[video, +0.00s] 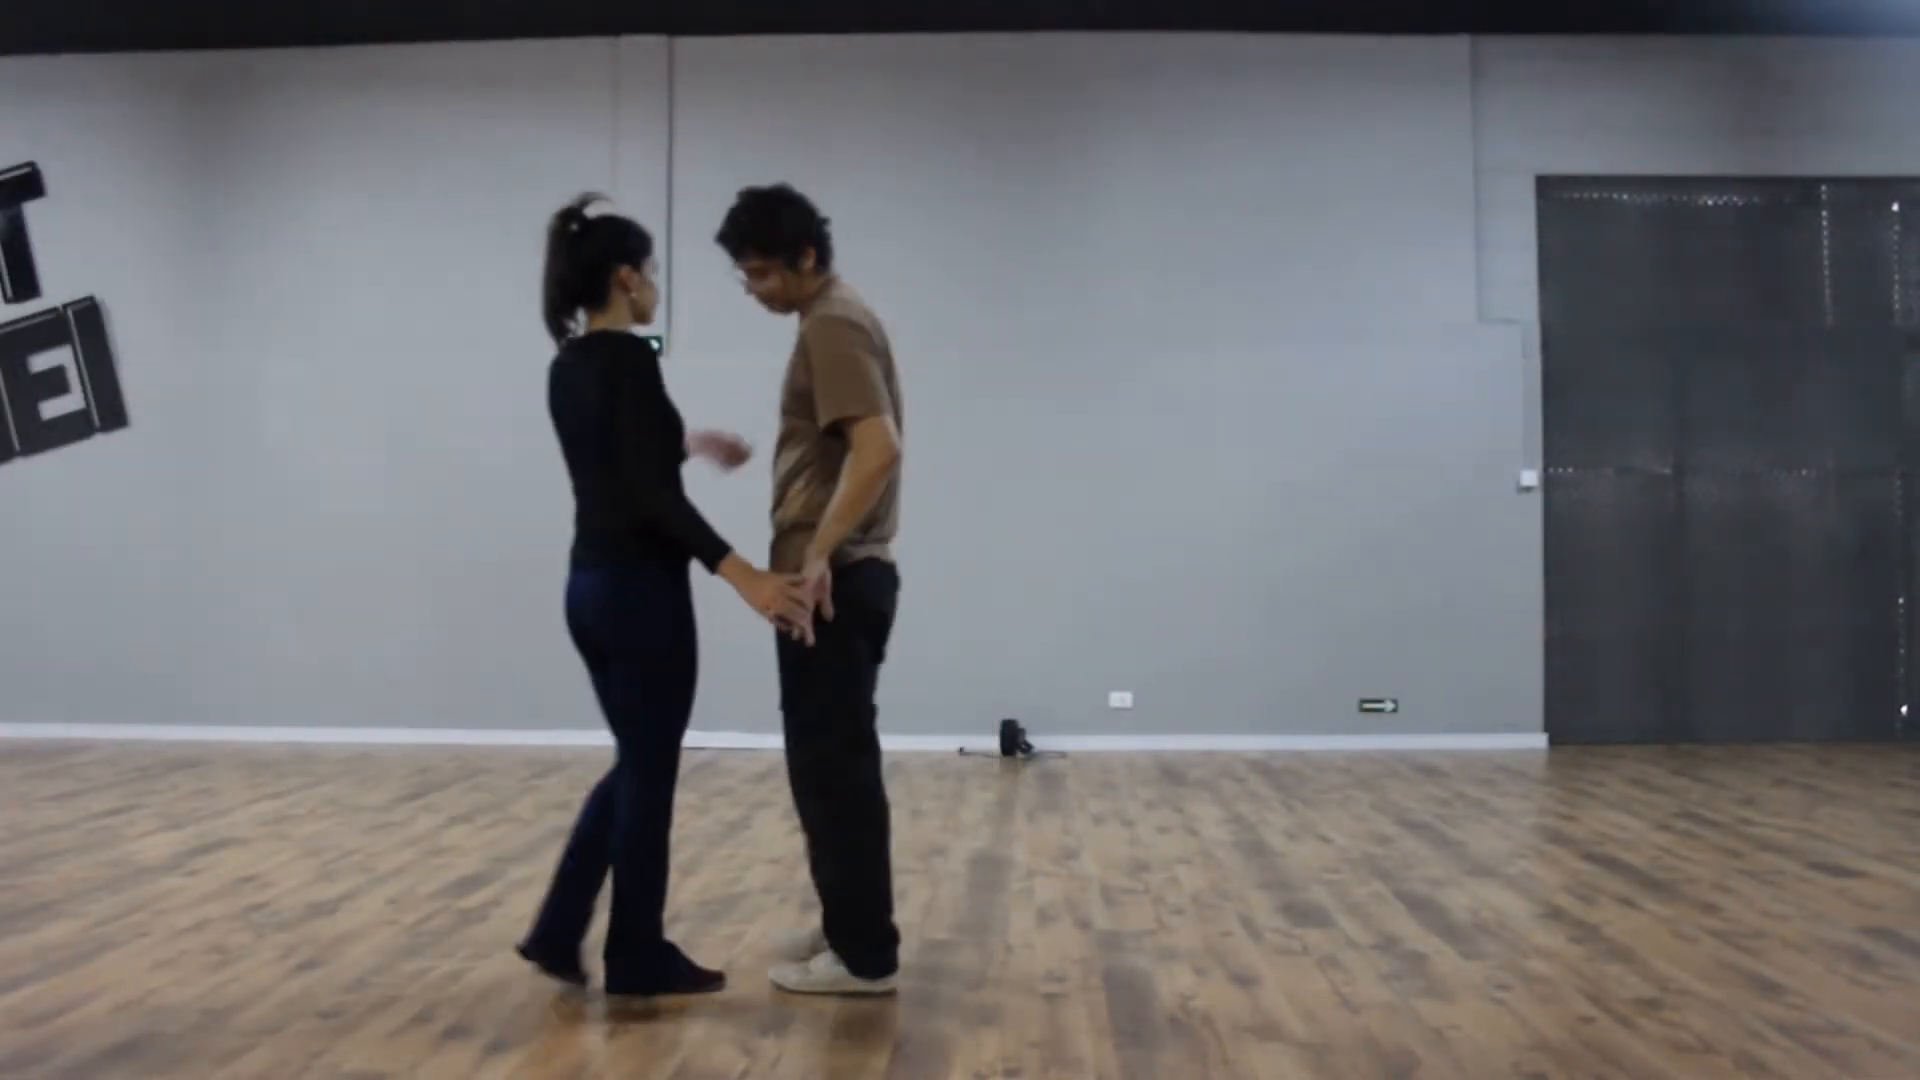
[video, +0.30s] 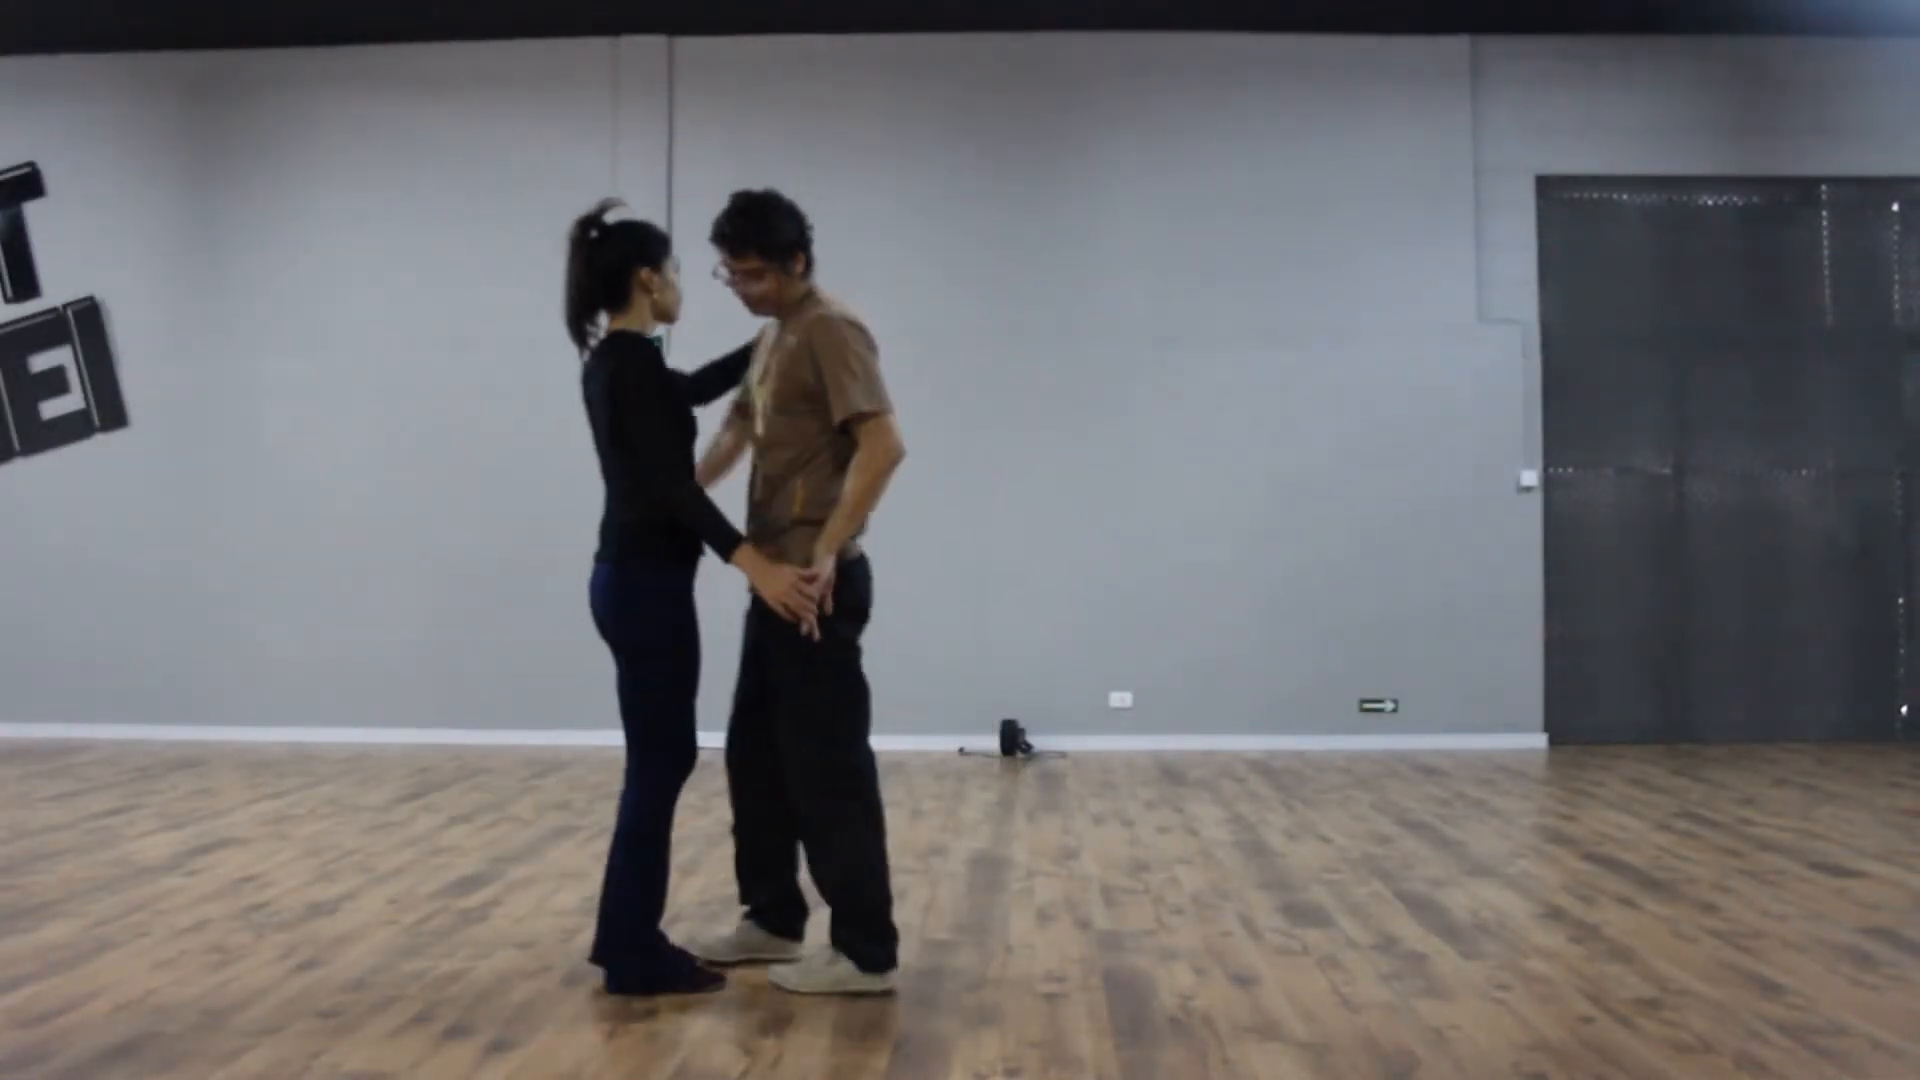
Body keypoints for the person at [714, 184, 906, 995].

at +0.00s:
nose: (750, 289)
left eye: (757, 273)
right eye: (745, 275)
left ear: (803, 259)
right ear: (797, 261)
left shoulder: (836, 327)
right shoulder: (831, 320)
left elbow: (876, 446)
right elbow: (860, 447)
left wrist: (818, 551)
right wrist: (805, 547)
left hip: (838, 579)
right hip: (832, 577)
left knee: (832, 764)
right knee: (829, 760)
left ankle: (864, 952)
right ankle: (848, 925)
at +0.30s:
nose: (736, 287)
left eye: (747, 273)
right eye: (730, 274)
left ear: (793, 263)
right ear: (743, 267)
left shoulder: (831, 333)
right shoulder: (773, 341)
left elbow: (883, 445)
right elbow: (737, 433)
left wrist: (828, 550)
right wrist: (680, 491)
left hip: (823, 581)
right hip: (777, 578)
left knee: (827, 760)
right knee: (757, 752)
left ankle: (866, 951)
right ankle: (775, 922)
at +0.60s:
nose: (725, 276)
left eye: (739, 261)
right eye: (714, 264)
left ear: (776, 259)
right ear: (705, 266)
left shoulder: (813, 327)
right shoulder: (718, 350)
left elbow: (865, 433)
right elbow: (652, 430)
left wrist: (822, 531)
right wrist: (560, 475)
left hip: (796, 569)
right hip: (740, 568)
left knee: (791, 750)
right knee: (740, 748)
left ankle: (858, 940)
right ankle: (775, 923)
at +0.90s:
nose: (717, 288)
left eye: (730, 272)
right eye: (704, 276)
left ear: (763, 263)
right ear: (691, 274)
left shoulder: (800, 329)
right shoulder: (702, 350)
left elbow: (850, 432)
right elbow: (649, 425)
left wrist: (805, 537)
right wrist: (570, 431)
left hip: (776, 567)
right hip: (722, 567)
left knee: (764, 748)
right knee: (725, 750)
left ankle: (815, 931)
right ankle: (768, 919)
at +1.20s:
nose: (706, 293)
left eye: (720, 278)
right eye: (695, 280)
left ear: (755, 271)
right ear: (683, 282)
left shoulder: (799, 336)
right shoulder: (699, 359)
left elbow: (863, 438)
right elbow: (647, 417)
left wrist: (826, 545)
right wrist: (596, 434)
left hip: (776, 586)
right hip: (712, 586)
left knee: (774, 756)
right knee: (727, 758)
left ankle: (811, 933)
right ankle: (766, 919)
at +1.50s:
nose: (717, 271)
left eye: (731, 255)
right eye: (704, 260)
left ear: (764, 259)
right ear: (695, 271)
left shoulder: (810, 335)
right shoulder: (704, 355)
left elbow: (884, 429)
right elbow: (617, 426)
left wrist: (856, 541)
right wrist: (612, 430)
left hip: (785, 584)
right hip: (714, 585)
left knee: (786, 761)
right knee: (734, 762)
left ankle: (814, 939)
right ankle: (767, 921)